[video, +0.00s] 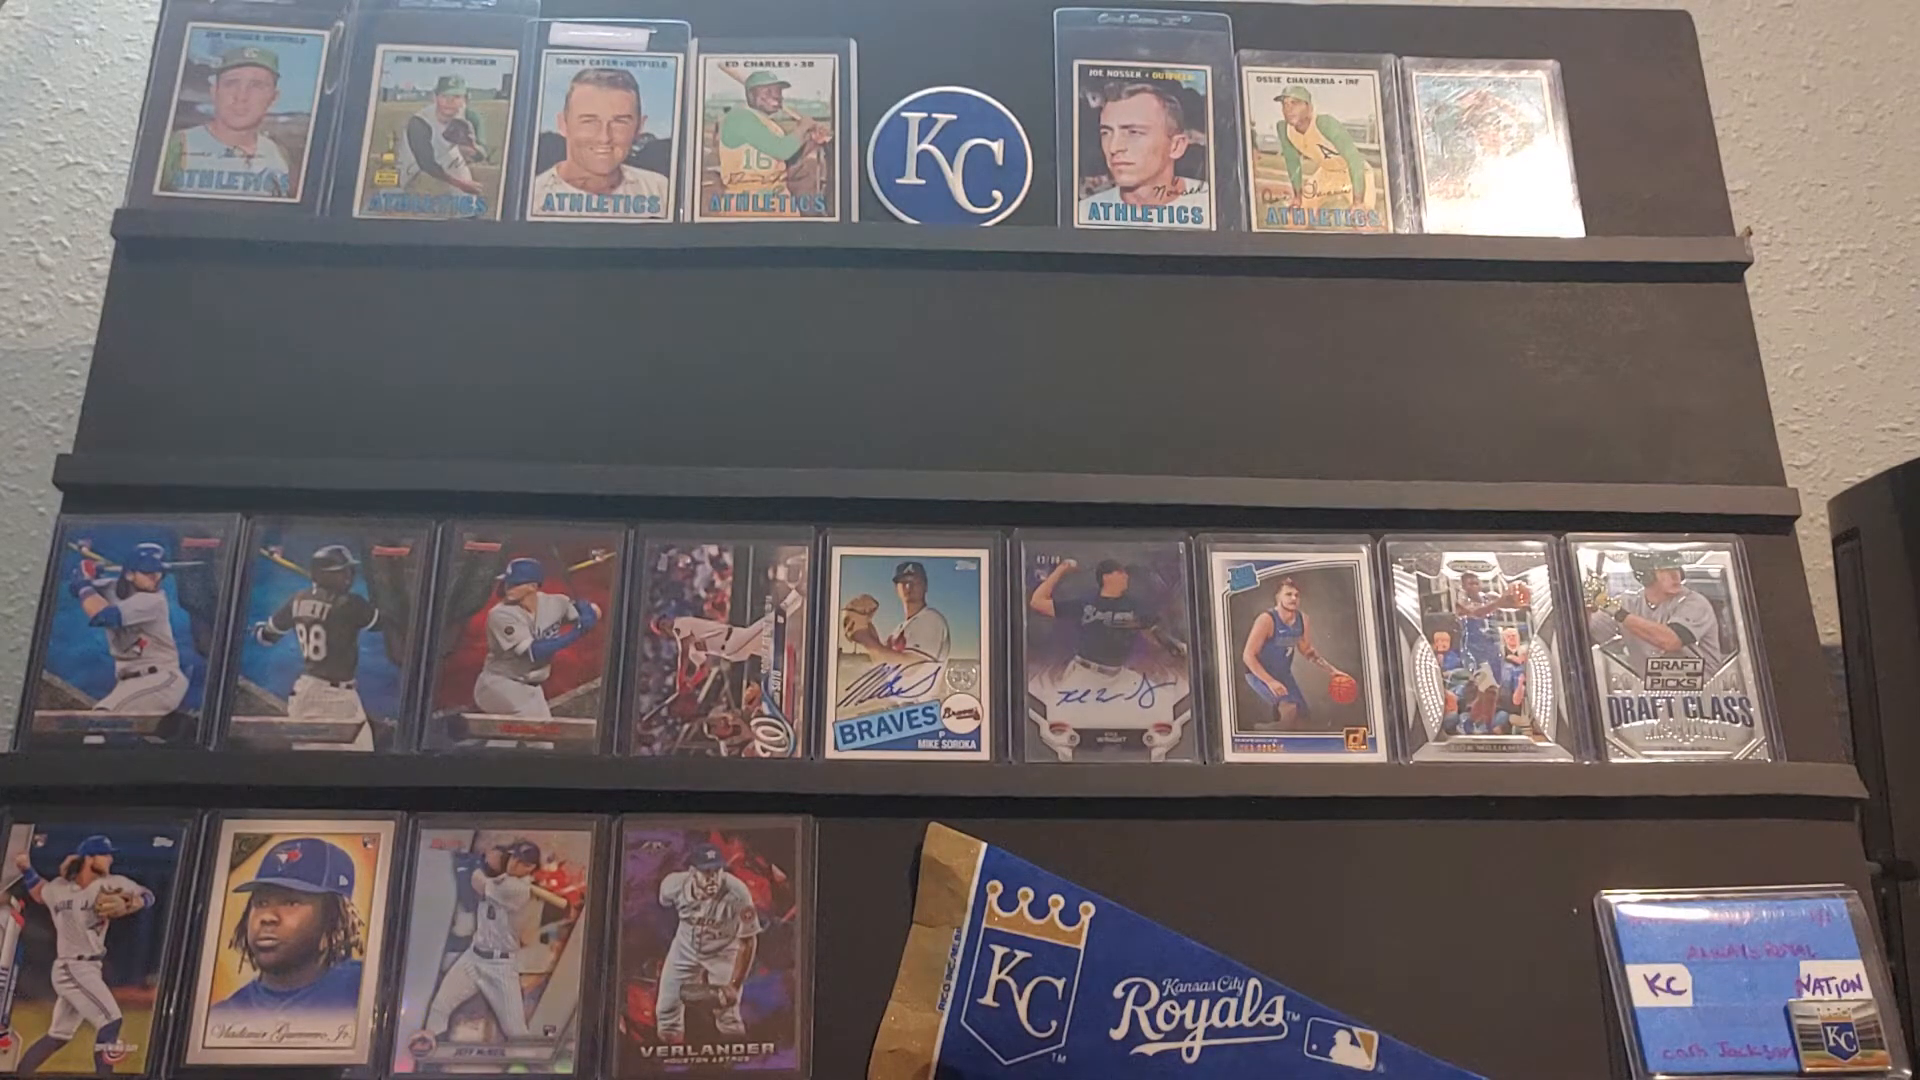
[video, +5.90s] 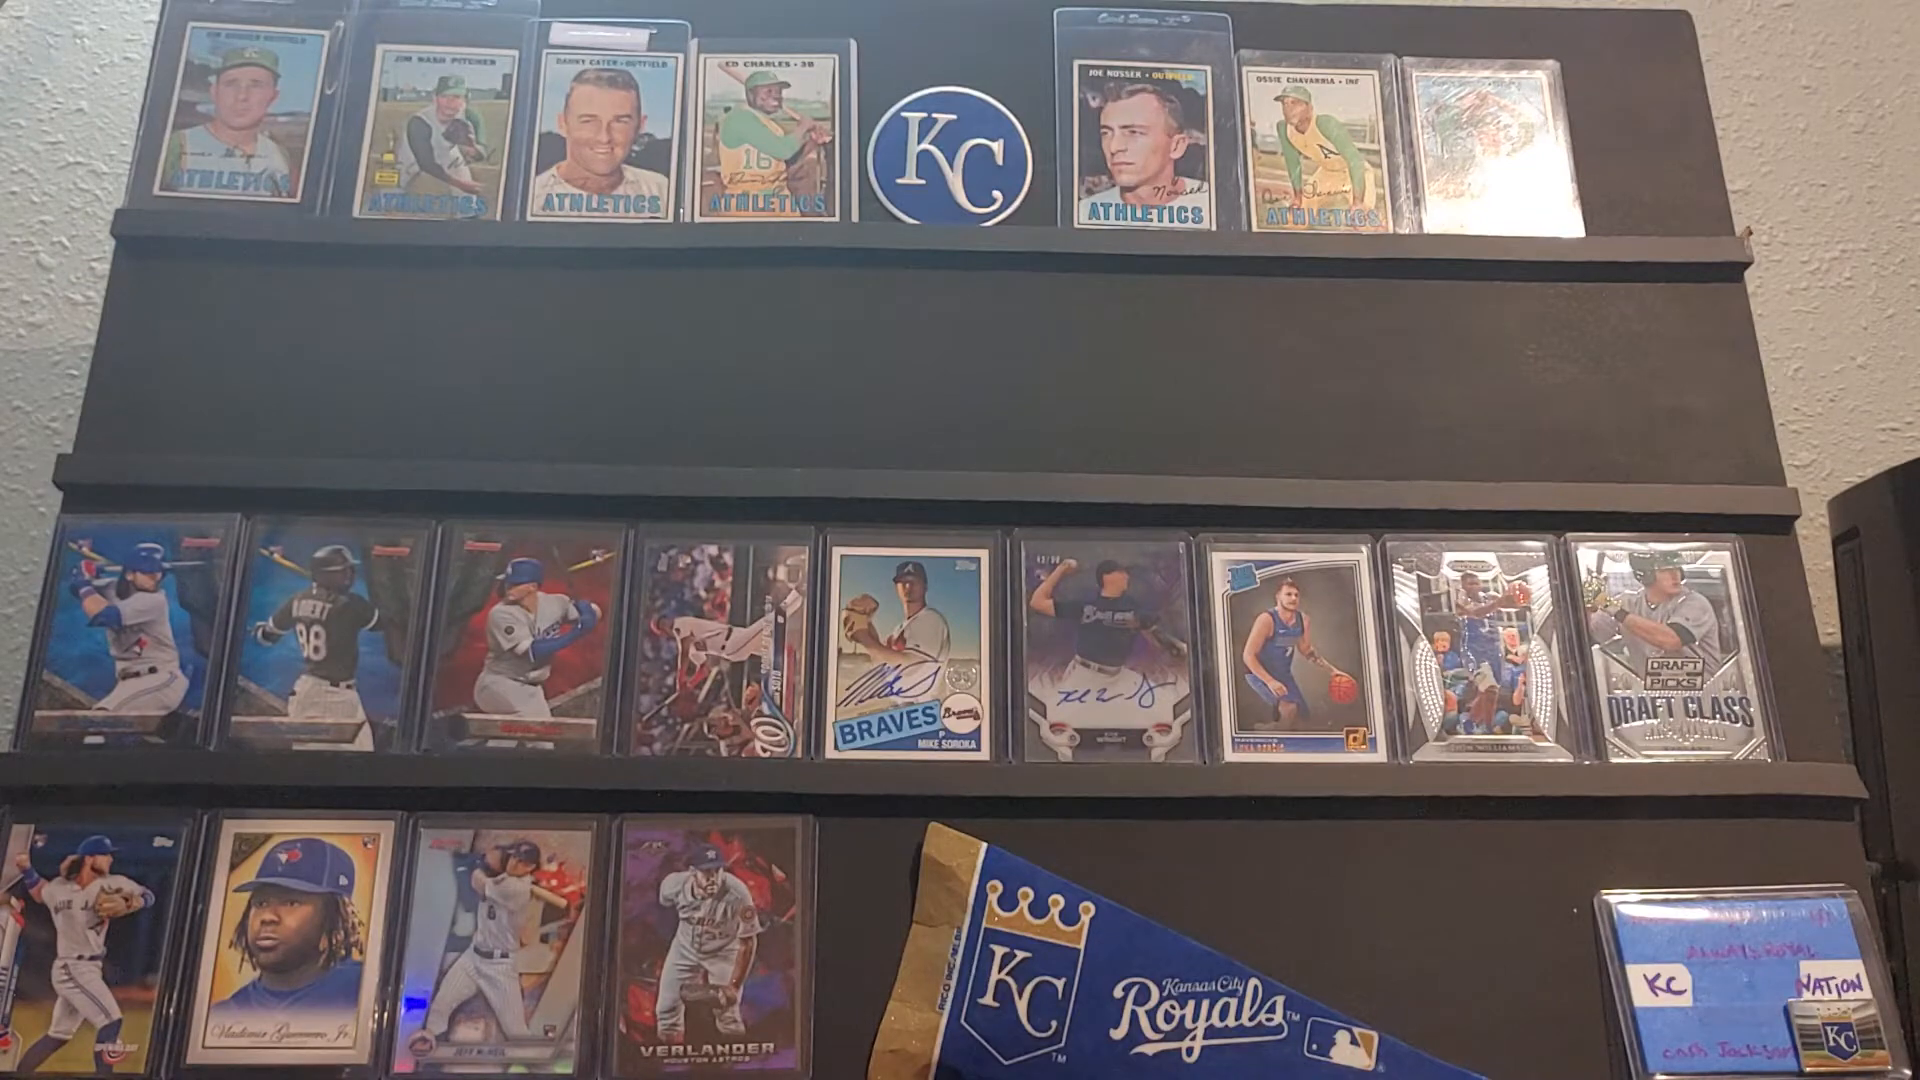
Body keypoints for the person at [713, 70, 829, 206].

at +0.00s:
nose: (777, 98)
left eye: (778, 92)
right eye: (769, 92)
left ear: (782, 93)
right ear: (752, 95)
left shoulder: (773, 126)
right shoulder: (739, 119)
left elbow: (785, 166)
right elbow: (783, 151)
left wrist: (811, 144)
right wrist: (803, 128)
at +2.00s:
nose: (776, 97)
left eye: (778, 92)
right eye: (769, 92)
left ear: (782, 93)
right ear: (752, 94)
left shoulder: (773, 126)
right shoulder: (739, 118)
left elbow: (785, 168)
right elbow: (783, 151)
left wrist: (811, 143)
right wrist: (803, 128)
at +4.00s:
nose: (776, 97)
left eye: (779, 92)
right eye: (769, 92)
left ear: (782, 94)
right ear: (751, 95)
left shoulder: (775, 128)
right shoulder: (738, 118)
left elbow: (783, 168)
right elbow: (782, 151)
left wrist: (811, 143)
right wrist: (802, 129)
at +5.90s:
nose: (776, 97)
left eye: (779, 92)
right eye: (769, 92)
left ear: (782, 93)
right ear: (751, 95)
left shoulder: (773, 126)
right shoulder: (738, 119)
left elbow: (785, 166)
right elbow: (783, 151)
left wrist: (811, 143)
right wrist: (802, 127)